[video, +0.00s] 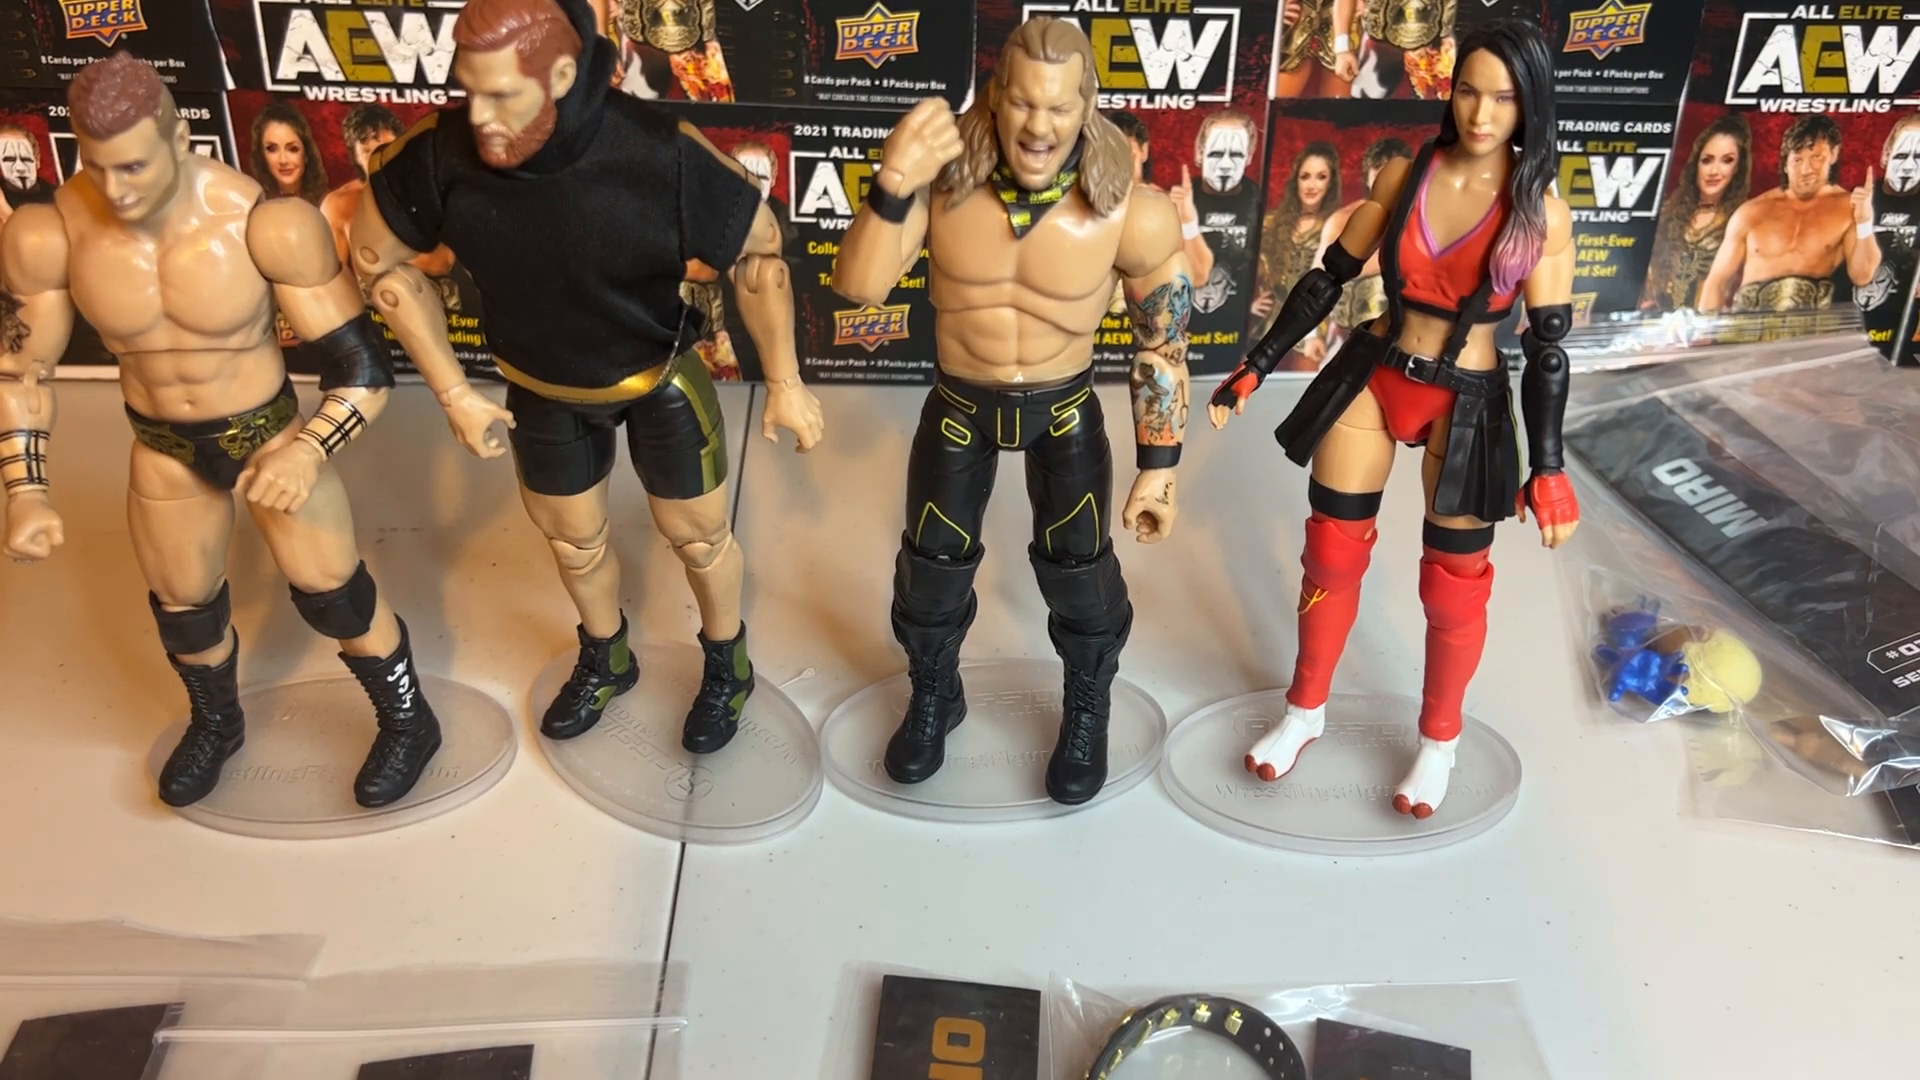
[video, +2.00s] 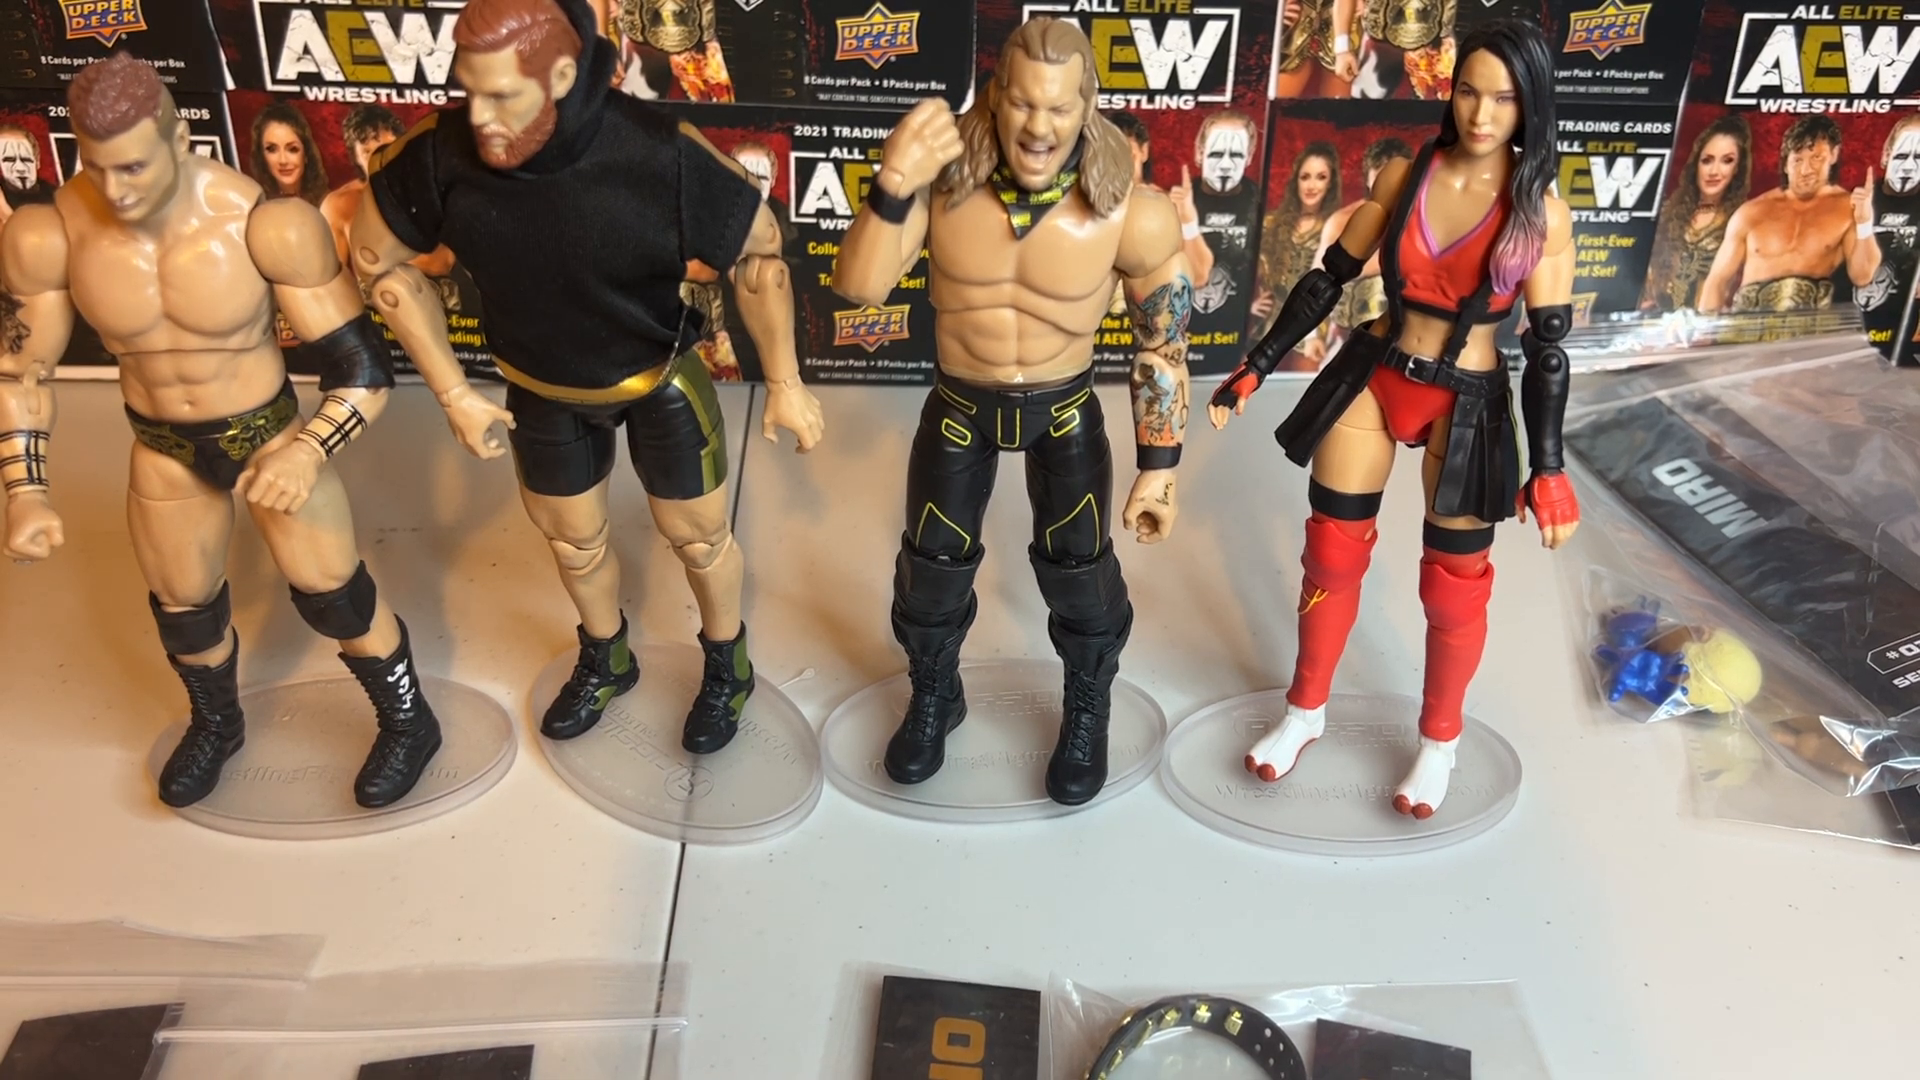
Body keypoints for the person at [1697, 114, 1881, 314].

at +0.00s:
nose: (1806, 169)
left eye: (1817, 158)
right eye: (1797, 160)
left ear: (1834, 156)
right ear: (1785, 162)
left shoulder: (1848, 206)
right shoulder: (1750, 212)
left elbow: (1862, 277)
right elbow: (1717, 281)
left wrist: (1864, 223)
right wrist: (1704, 336)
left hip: (1809, 314)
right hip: (1748, 311)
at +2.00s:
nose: (1806, 169)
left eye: (1816, 158)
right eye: (1797, 160)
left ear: (1834, 156)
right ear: (1785, 162)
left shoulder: (1847, 207)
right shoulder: (1750, 212)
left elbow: (1861, 277)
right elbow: (1718, 281)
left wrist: (1864, 223)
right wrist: (1704, 335)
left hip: (1809, 313)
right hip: (1748, 311)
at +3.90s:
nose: (1806, 169)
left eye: (1816, 158)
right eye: (1797, 160)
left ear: (1834, 156)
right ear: (1785, 162)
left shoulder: (1848, 207)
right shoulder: (1750, 212)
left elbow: (1861, 277)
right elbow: (1718, 282)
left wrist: (1864, 223)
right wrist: (1704, 336)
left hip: (1810, 316)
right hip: (1748, 314)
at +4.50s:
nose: (1806, 169)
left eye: (1816, 158)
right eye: (1797, 160)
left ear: (1834, 156)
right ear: (1785, 163)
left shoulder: (1848, 207)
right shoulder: (1750, 212)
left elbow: (1862, 277)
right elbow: (1718, 281)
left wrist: (1864, 223)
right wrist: (1704, 336)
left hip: (1809, 315)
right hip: (1748, 313)